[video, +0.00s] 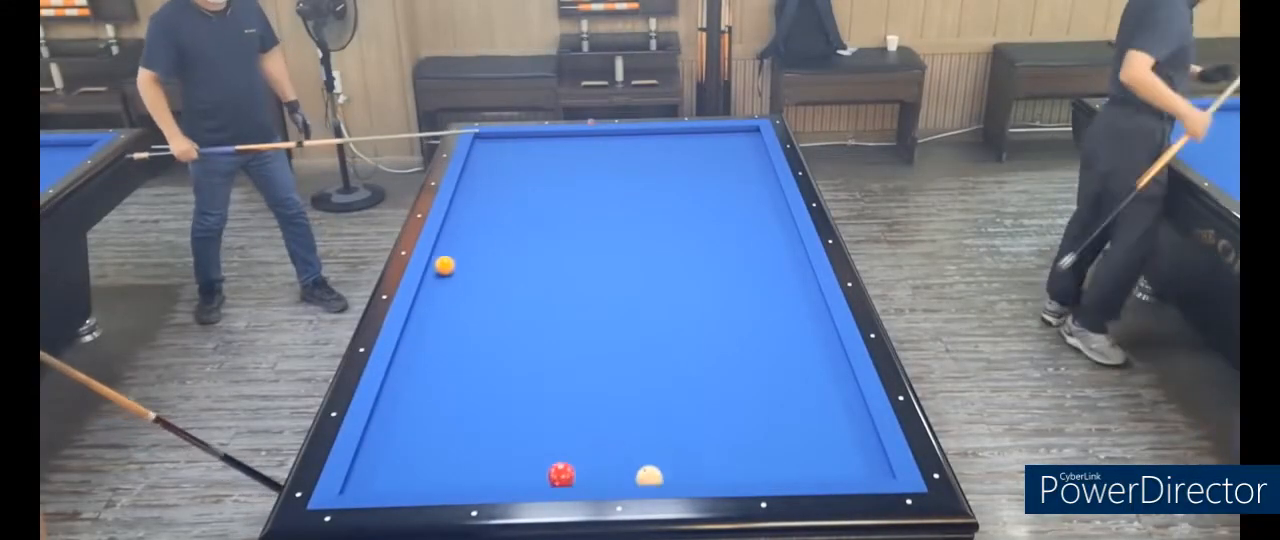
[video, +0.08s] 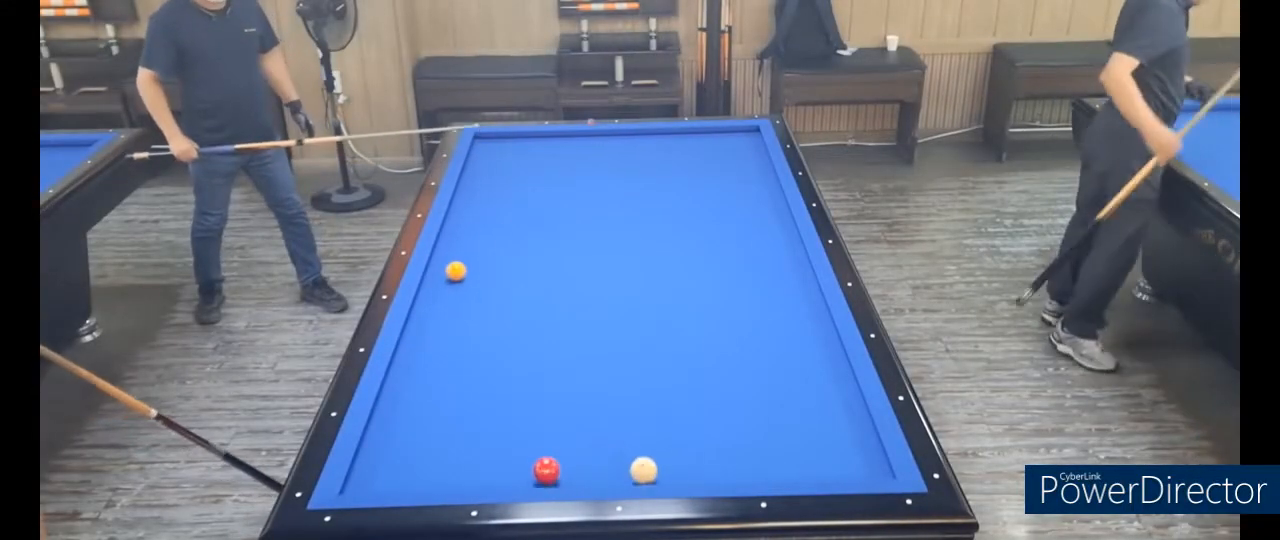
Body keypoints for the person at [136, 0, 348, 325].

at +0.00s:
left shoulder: (247, 7)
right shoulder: (168, 20)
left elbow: (270, 54)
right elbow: (147, 80)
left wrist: (293, 105)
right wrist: (175, 137)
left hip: (262, 136)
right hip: (210, 145)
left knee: (292, 209)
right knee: (209, 222)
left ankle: (313, 283)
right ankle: (210, 291)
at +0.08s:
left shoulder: (247, 7)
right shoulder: (168, 20)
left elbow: (270, 55)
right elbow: (146, 80)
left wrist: (294, 105)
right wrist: (175, 137)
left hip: (262, 137)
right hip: (210, 145)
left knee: (292, 209)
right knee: (209, 222)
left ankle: (313, 282)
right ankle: (210, 291)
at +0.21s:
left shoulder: (247, 7)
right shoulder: (167, 19)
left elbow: (270, 56)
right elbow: (146, 79)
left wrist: (294, 104)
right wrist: (175, 137)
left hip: (263, 137)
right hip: (210, 146)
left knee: (292, 209)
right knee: (209, 222)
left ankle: (313, 282)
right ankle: (210, 291)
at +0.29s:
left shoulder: (247, 7)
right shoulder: (167, 18)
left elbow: (271, 56)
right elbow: (145, 78)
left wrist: (295, 106)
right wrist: (175, 136)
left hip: (263, 138)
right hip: (210, 146)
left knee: (292, 209)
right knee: (209, 222)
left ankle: (313, 282)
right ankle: (210, 291)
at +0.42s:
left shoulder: (248, 7)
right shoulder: (167, 18)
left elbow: (271, 56)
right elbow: (145, 77)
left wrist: (295, 107)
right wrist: (174, 135)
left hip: (263, 136)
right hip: (210, 145)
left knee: (292, 209)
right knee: (209, 222)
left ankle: (313, 282)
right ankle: (210, 291)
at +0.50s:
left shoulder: (248, 7)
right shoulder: (166, 18)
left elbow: (271, 56)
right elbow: (144, 77)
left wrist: (295, 108)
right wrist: (174, 135)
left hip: (263, 137)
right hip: (210, 146)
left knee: (292, 210)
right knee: (209, 222)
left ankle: (313, 282)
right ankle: (209, 291)